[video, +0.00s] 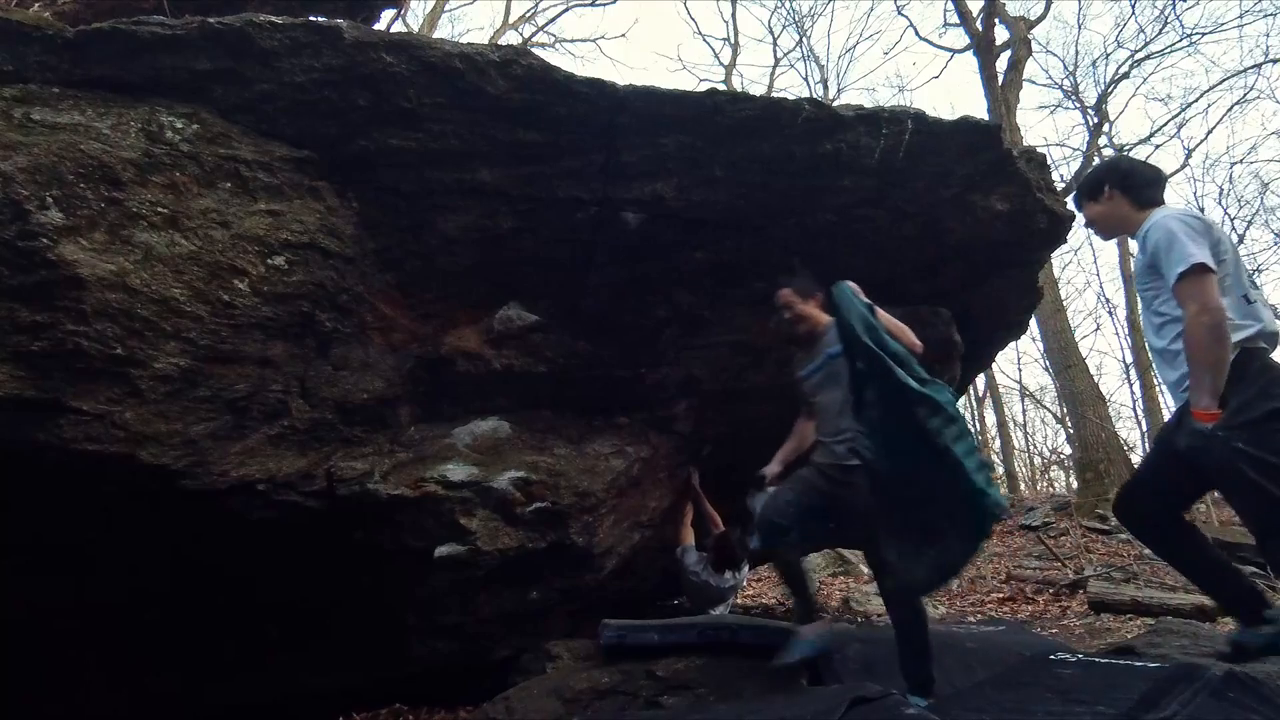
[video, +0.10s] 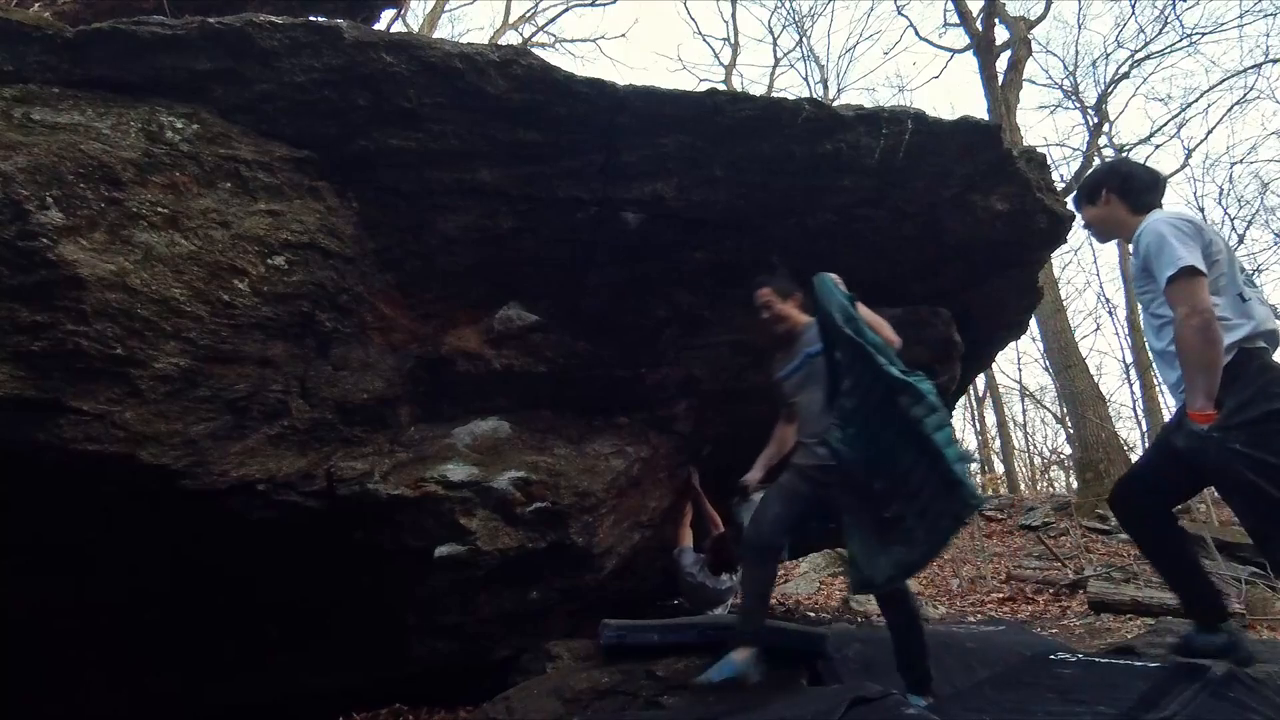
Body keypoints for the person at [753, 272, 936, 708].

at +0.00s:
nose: (787, 318)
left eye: (791, 307)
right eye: (781, 312)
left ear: (817, 301)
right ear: (783, 318)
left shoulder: (850, 330)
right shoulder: (805, 362)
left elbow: (913, 346)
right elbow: (811, 418)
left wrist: (867, 306)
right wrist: (778, 463)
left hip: (871, 475)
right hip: (824, 474)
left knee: (898, 593)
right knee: (772, 519)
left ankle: (921, 693)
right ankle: (809, 619)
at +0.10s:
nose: (766, 316)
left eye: (770, 305)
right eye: (760, 312)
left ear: (794, 300)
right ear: (760, 320)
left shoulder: (831, 325)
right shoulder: (785, 363)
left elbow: (890, 342)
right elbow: (790, 422)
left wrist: (844, 299)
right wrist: (759, 468)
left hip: (858, 472)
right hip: (804, 473)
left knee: (887, 582)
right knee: (759, 538)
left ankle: (920, 692)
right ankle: (747, 649)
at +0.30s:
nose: (719, 318)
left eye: (723, 308)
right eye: (713, 313)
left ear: (749, 302)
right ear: (713, 319)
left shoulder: (784, 335)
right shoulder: (734, 369)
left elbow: (844, 352)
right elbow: (743, 432)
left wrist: (805, 306)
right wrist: (717, 480)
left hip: (805, 481)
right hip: (754, 488)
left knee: (847, 587)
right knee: (746, 598)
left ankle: (907, 683)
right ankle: (736, 704)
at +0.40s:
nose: (695, 316)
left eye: (700, 305)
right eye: (689, 311)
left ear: (725, 301)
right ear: (688, 317)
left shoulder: (763, 337)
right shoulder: (708, 371)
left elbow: (819, 374)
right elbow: (716, 434)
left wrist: (791, 319)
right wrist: (693, 480)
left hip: (779, 482)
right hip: (729, 489)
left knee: (806, 584)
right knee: (735, 601)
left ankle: (874, 652)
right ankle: (736, 703)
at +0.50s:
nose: (675, 312)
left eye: (680, 302)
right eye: (669, 306)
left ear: (705, 297)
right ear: (670, 312)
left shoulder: (743, 332)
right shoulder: (687, 368)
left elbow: (802, 356)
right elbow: (693, 426)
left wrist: (772, 310)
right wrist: (668, 476)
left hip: (765, 475)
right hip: (715, 484)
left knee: (784, 580)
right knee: (727, 593)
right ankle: (732, 700)